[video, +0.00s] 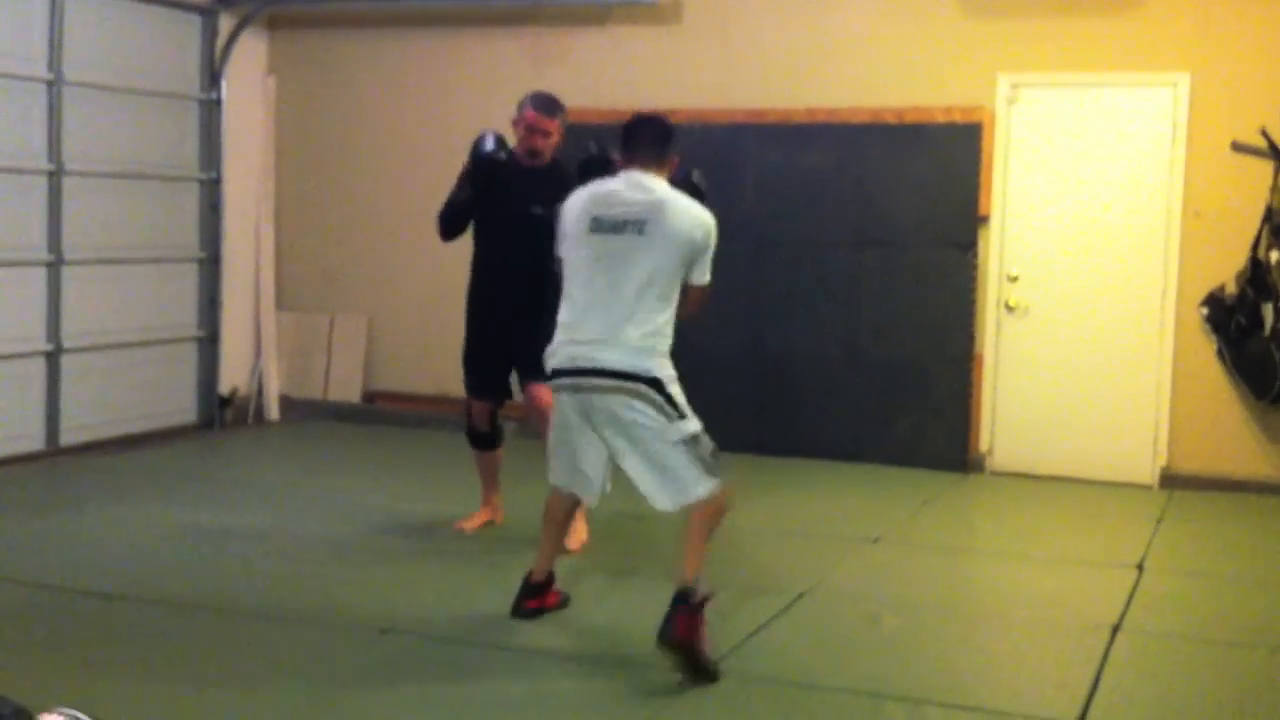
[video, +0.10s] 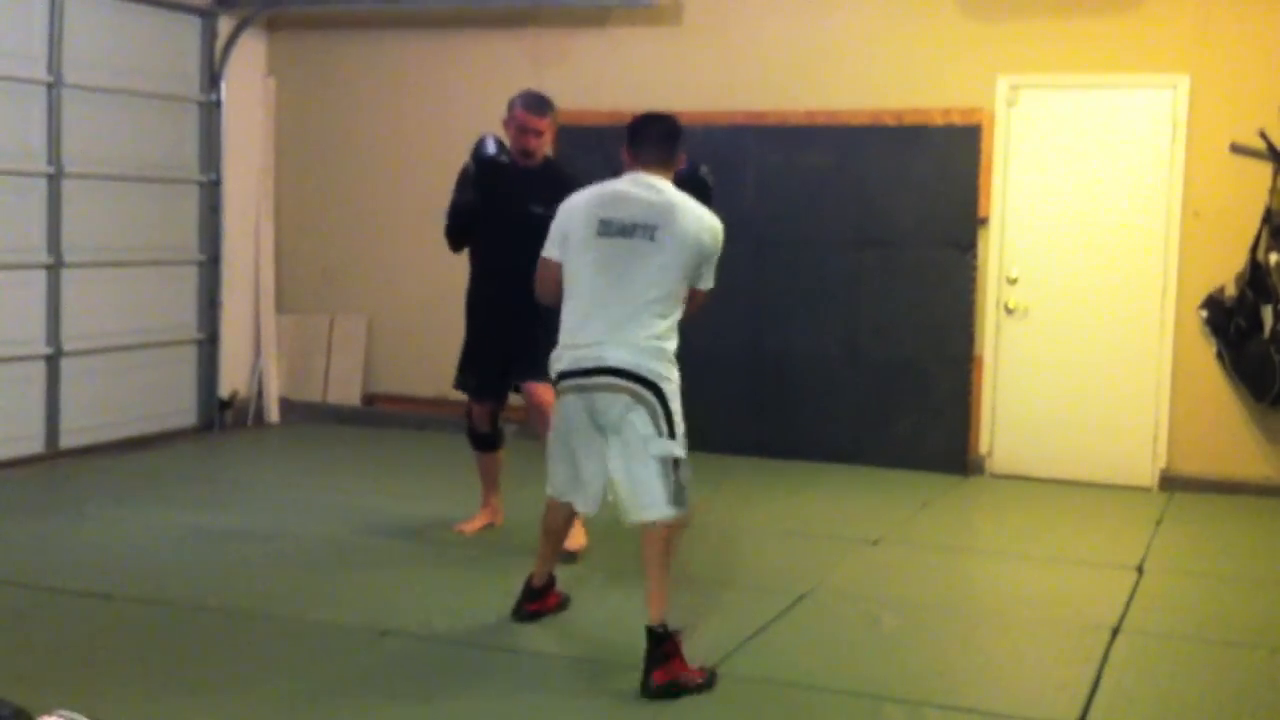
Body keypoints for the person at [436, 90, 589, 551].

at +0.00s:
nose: (535, 140)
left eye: (545, 133)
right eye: (529, 129)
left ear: (560, 135)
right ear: (515, 126)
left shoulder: (567, 182)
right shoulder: (490, 171)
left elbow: (586, 240)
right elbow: (448, 228)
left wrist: (597, 184)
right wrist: (476, 172)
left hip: (544, 307)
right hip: (490, 305)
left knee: (543, 401)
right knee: (480, 409)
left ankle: (572, 507)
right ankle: (490, 503)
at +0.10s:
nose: (531, 141)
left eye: (541, 133)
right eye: (524, 130)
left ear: (553, 134)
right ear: (506, 126)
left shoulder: (565, 184)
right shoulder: (482, 173)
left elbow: (580, 247)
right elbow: (456, 236)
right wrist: (480, 176)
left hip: (543, 309)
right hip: (490, 308)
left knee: (541, 398)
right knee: (481, 409)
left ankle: (571, 511)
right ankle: (490, 505)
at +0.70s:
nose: (493, 146)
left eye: (500, 135)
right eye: (482, 139)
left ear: (516, 128)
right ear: (468, 140)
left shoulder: (552, 171)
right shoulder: (474, 182)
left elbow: (577, 234)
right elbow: (480, 264)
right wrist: (471, 201)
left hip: (559, 305)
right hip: (509, 306)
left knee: (559, 421)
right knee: (485, 419)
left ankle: (578, 536)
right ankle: (491, 522)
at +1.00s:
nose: (496, 146)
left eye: (502, 134)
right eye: (485, 138)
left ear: (519, 129)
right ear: (470, 141)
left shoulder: (552, 173)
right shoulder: (474, 189)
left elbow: (578, 237)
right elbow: (481, 266)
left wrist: (587, 180)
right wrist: (472, 194)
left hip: (560, 311)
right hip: (511, 312)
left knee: (564, 431)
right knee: (483, 431)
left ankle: (579, 555)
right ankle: (490, 518)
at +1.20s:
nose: (500, 144)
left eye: (507, 133)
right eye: (490, 134)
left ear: (526, 131)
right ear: (475, 137)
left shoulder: (550, 179)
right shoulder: (471, 186)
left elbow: (556, 231)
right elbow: (486, 246)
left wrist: (540, 165)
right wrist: (500, 174)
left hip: (550, 317)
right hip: (500, 315)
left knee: (554, 433)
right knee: (469, 434)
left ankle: (576, 555)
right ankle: (482, 508)